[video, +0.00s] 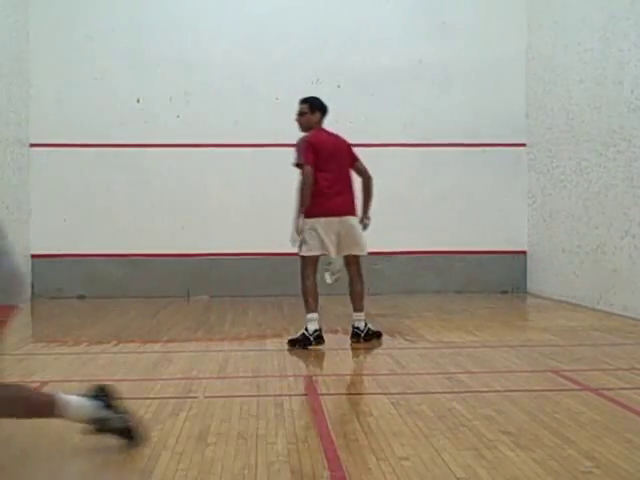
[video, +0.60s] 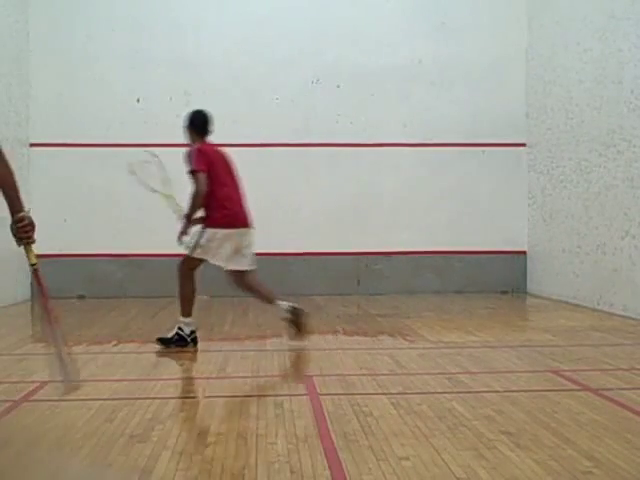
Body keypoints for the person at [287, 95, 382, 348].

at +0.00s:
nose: (298, 119)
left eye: (303, 114)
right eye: (298, 114)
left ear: (317, 115)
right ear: (320, 117)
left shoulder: (306, 142)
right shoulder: (341, 142)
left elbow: (308, 176)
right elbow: (366, 176)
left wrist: (301, 213)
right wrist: (365, 212)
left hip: (317, 215)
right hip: (346, 214)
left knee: (308, 271)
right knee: (354, 268)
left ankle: (312, 328)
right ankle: (360, 326)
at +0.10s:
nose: (284, 115)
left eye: (288, 110)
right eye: (284, 110)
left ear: (301, 111)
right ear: (306, 113)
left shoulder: (290, 137)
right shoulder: (326, 139)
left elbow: (288, 171)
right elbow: (352, 175)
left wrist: (273, 211)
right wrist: (349, 210)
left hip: (303, 214)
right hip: (331, 213)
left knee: (302, 271)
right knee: (341, 269)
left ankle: (312, 330)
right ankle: (354, 325)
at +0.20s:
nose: (271, 110)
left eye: (275, 106)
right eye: (272, 105)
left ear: (285, 108)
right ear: (293, 110)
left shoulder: (276, 132)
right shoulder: (312, 136)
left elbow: (273, 168)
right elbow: (336, 174)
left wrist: (254, 204)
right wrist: (329, 203)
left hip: (291, 207)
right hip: (318, 207)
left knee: (281, 263)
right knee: (322, 261)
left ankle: (301, 319)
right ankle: (335, 320)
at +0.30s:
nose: (259, 119)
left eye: (260, 115)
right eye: (260, 115)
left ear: (267, 115)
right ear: (281, 117)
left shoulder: (267, 138)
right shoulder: (298, 143)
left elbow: (262, 175)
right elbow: (319, 183)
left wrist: (238, 206)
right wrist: (307, 209)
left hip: (280, 213)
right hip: (307, 213)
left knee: (250, 261)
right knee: (311, 267)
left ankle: (274, 312)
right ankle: (330, 326)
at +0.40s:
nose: (241, 129)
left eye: (243, 125)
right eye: (243, 125)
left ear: (247, 126)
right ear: (263, 127)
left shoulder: (249, 149)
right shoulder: (279, 152)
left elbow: (246, 184)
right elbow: (296, 194)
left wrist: (222, 215)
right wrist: (265, 194)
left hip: (266, 221)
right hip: (293, 220)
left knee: (222, 258)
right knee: (306, 275)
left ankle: (227, 321)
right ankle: (329, 328)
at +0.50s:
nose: (216, 129)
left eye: (216, 126)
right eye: (218, 125)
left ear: (218, 127)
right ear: (237, 128)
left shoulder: (222, 150)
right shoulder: (248, 151)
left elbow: (225, 184)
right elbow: (255, 191)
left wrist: (205, 217)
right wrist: (232, 214)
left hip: (243, 221)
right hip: (267, 221)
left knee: (208, 267)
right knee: (287, 273)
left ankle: (191, 327)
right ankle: (320, 318)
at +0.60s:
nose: (186, 133)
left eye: (186, 129)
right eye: (188, 129)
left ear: (189, 130)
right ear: (207, 130)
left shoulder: (197, 152)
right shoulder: (219, 154)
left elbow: (201, 189)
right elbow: (224, 203)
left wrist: (187, 221)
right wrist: (196, 218)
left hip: (220, 224)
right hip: (241, 223)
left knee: (187, 267)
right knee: (241, 276)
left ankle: (185, 329)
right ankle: (286, 308)